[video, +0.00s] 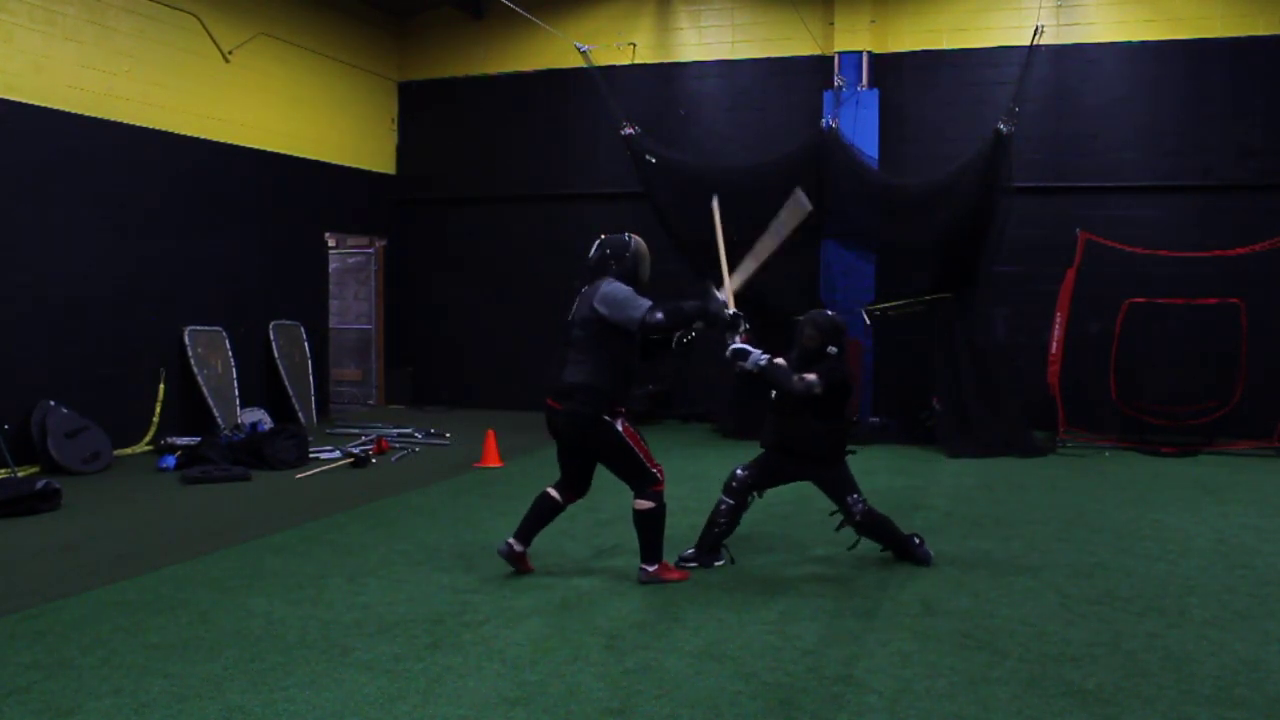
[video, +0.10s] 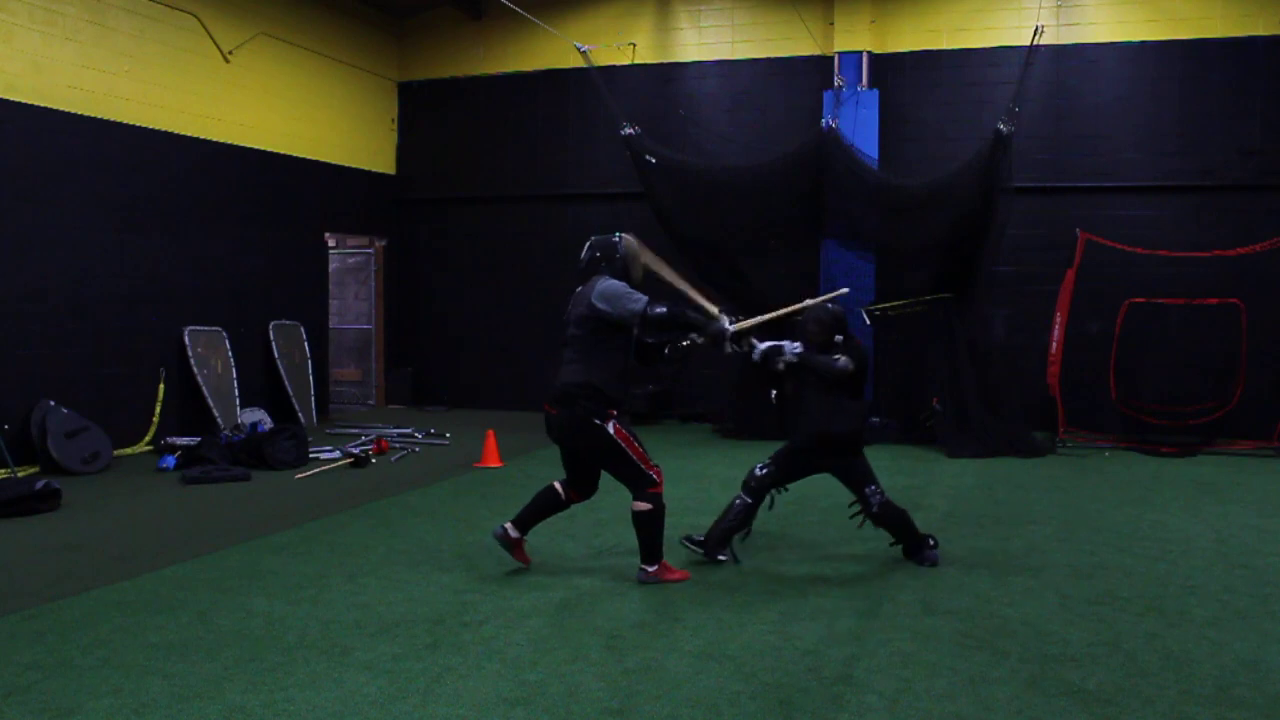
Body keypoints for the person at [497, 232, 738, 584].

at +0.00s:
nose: (641, 270)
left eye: (641, 262)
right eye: (638, 262)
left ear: (601, 260)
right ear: (626, 262)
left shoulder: (590, 295)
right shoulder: (610, 291)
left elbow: (644, 345)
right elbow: (655, 318)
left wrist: (695, 327)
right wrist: (707, 307)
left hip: (566, 407)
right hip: (595, 411)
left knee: (573, 484)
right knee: (649, 480)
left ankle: (516, 545)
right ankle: (652, 565)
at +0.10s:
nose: (635, 267)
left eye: (634, 260)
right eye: (629, 260)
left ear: (596, 262)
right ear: (613, 261)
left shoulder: (587, 294)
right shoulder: (604, 288)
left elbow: (646, 352)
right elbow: (653, 314)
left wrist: (692, 339)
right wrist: (708, 324)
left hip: (566, 409)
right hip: (589, 411)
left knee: (581, 484)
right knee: (648, 480)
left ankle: (513, 530)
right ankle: (652, 565)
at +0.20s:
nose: (618, 267)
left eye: (616, 259)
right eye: (612, 260)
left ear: (577, 265)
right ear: (597, 264)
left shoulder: (568, 300)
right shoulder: (590, 300)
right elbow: (637, 337)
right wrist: (699, 341)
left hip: (564, 414)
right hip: (588, 416)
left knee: (579, 486)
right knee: (648, 480)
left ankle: (516, 540)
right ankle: (652, 565)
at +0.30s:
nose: (590, 269)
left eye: (587, 262)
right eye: (583, 263)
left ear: (550, 273)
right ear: (569, 271)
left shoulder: (564, 309)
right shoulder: (561, 316)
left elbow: (608, 345)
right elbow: (598, 361)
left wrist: (648, 357)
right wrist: (648, 360)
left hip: (555, 417)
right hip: (576, 419)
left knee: (566, 489)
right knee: (636, 482)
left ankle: (510, 547)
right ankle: (652, 565)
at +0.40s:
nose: (563, 266)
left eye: (559, 260)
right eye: (555, 261)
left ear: (527, 272)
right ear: (541, 270)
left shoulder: (555, 304)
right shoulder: (528, 319)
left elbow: (580, 331)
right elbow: (548, 370)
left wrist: (607, 343)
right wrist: (591, 364)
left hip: (543, 415)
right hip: (550, 417)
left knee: (549, 488)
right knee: (608, 484)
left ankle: (506, 554)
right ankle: (645, 558)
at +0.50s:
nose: (542, 263)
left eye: (539, 257)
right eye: (534, 258)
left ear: (509, 269)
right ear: (517, 267)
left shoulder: (536, 303)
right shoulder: (499, 318)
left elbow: (562, 321)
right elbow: (519, 374)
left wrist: (583, 330)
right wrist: (565, 343)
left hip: (521, 414)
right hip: (522, 417)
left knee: (539, 485)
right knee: (591, 472)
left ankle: (504, 556)